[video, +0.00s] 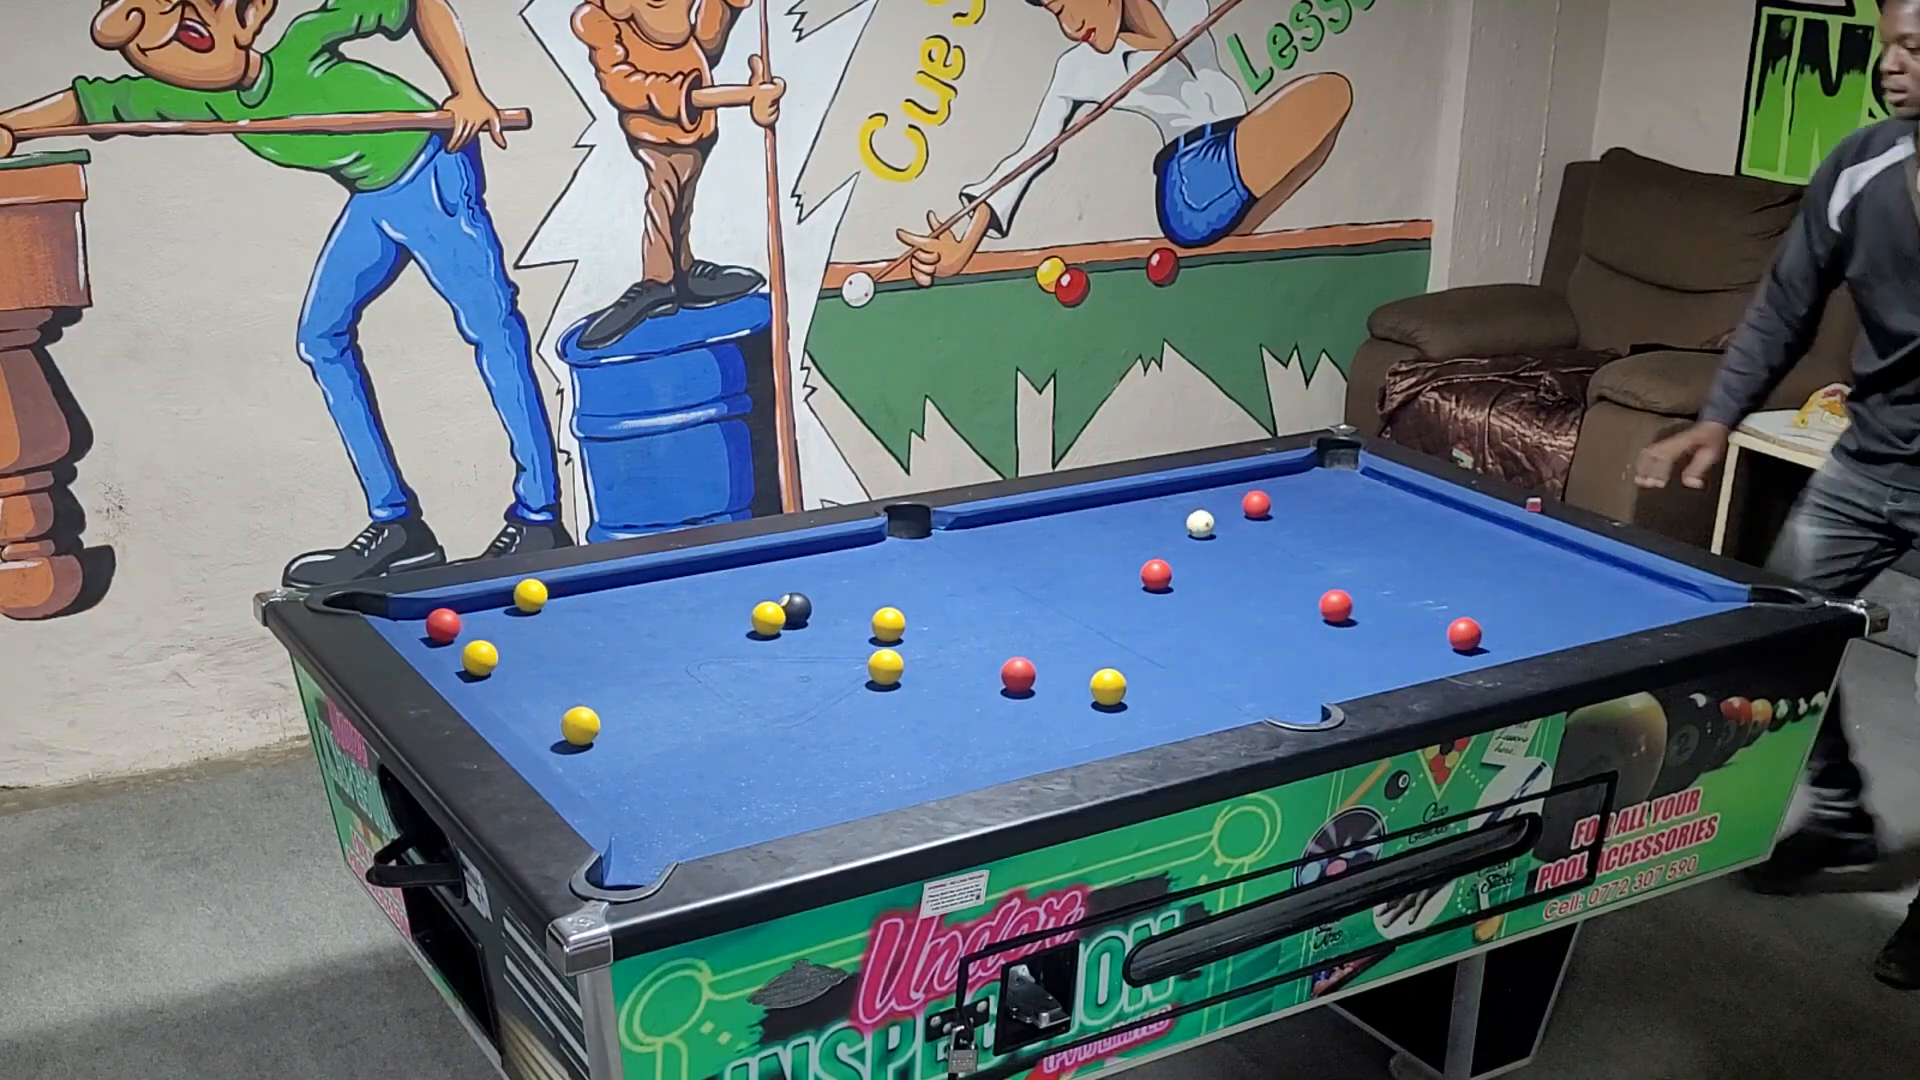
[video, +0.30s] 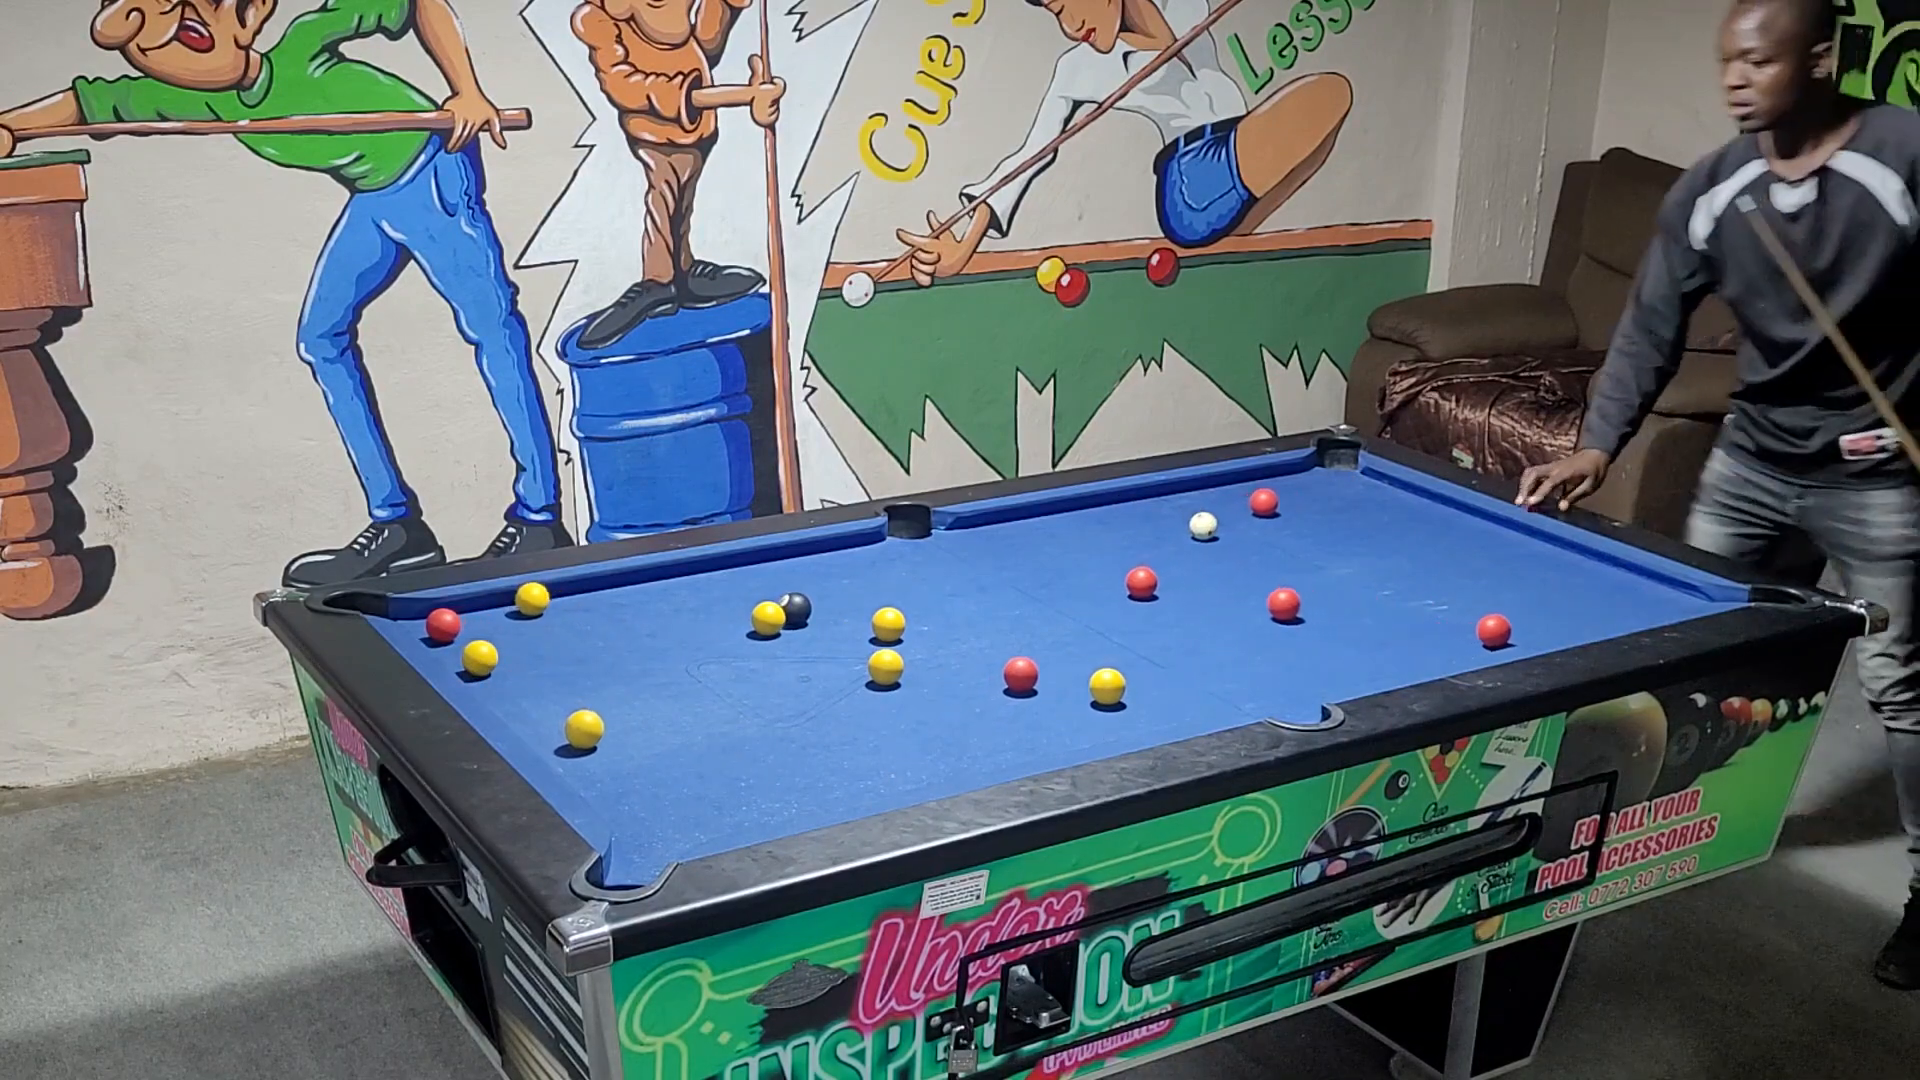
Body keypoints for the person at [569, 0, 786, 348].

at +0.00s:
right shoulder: (596, 18)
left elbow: (707, 47)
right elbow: (625, 87)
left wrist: (729, 6)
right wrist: (746, 94)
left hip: (694, 88)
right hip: (644, 104)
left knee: (687, 175)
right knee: (665, 175)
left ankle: (682, 268)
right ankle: (657, 282)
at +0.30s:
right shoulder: (596, 19)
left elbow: (707, 47)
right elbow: (625, 87)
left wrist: (729, 6)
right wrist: (746, 94)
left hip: (694, 88)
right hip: (644, 104)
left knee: (687, 175)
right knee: (665, 175)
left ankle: (682, 268)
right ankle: (657, 281)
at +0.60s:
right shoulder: (596, 19)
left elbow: (707, 47)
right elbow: (625, 88)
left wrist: (730, 6)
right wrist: (746, 94)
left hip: (694, 88)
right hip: (644, 104)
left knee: (687, 175)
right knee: (665, 175)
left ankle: (682, 268)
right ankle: (657, 281)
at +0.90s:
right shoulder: (596, 18)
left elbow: (707, 47)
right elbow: (625, 88)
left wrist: (729, 6)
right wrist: (746, 94)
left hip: (694, 87)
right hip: (644, 104)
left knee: (688, 175)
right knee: (665, 174)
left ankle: (682, 268)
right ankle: (657, 281)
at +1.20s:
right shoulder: (596, 18)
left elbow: (707, 47)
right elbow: (625, 88)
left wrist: (729, 6)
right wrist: (746, 94)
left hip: (694, 87)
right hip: (644, 104)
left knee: (688, 175)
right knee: (665, 174)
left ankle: (682, 268)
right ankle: (657, 281)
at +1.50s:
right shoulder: (596, 18)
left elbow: (707, 47)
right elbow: (625, 88)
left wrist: (729, 6)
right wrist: (746, 94)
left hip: (695, 87)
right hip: (644, 104)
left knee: (688, 174)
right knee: (665, 174)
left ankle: (682, 268)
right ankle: (657, 281)